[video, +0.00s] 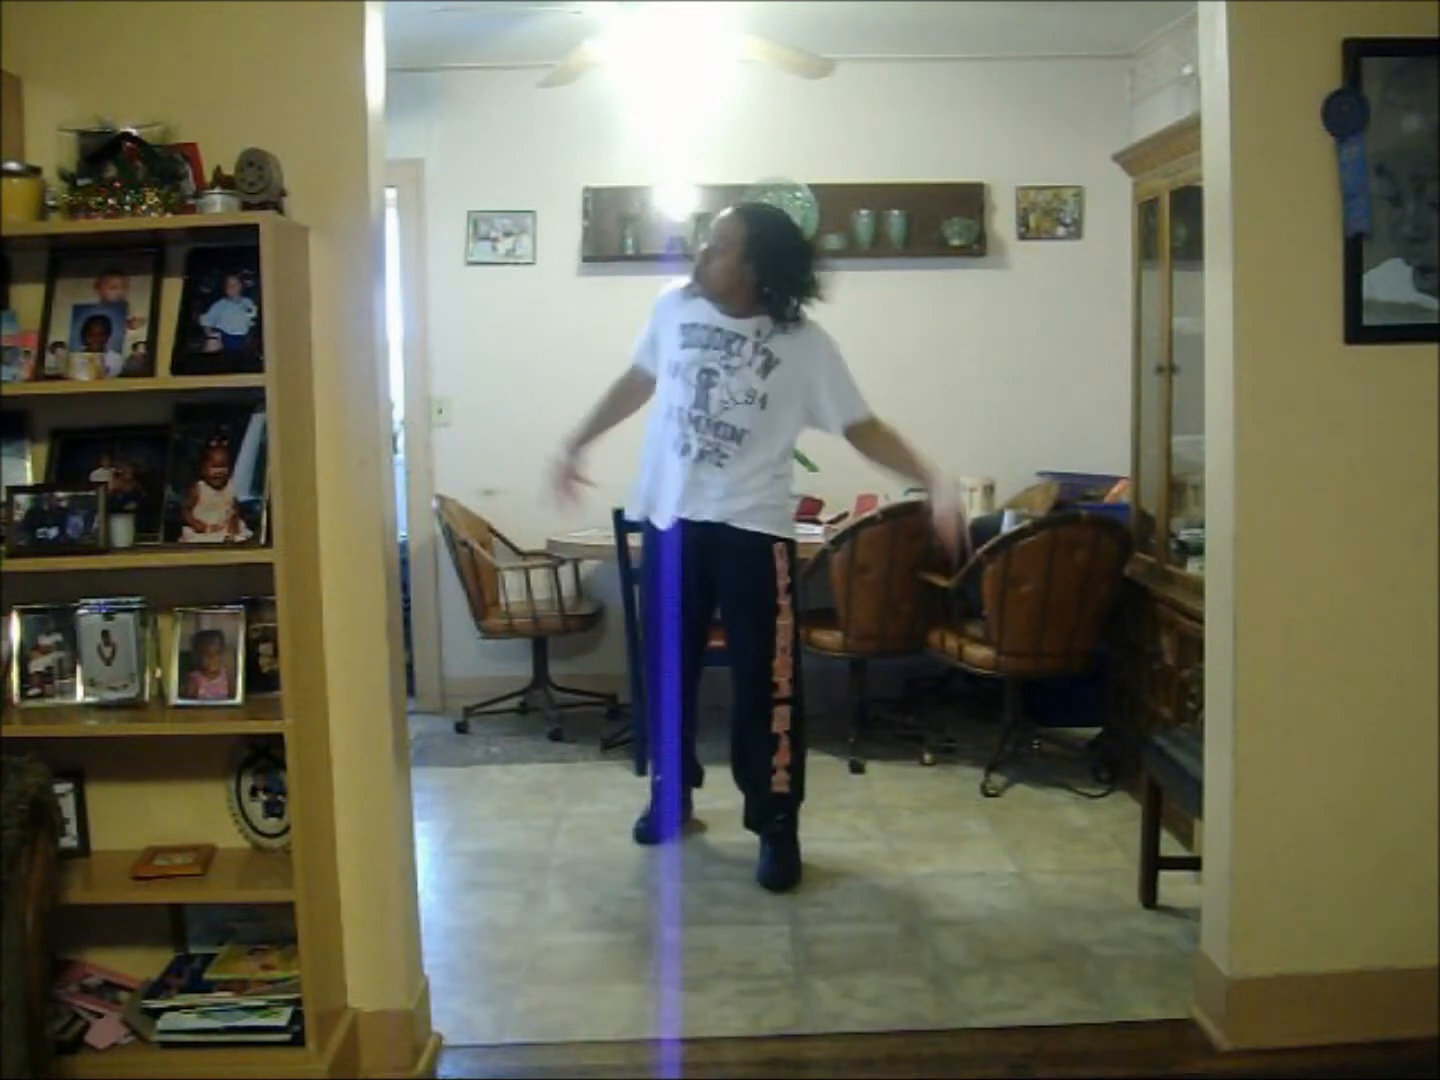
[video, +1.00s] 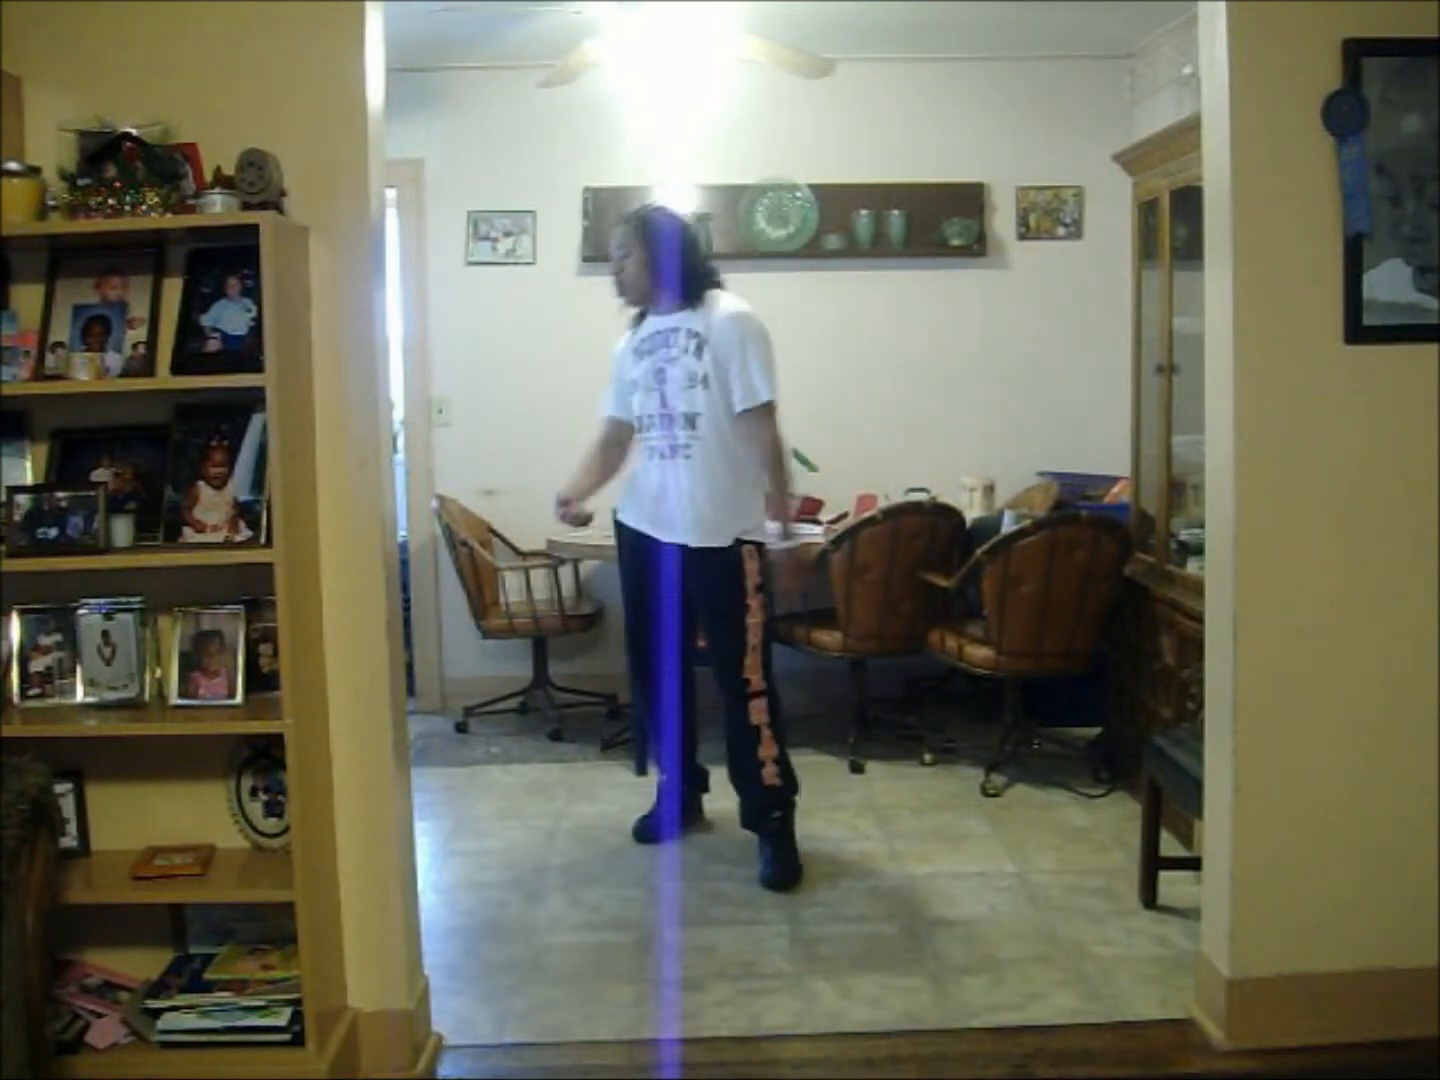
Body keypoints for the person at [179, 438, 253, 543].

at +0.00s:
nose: (219, 472)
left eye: (224, 467)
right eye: (214, 466)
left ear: (230, 469)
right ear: (203, 468)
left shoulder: (231, 488)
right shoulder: (199, 488)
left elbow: (236, 509)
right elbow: (186, 511)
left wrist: (234, 523)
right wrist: (199, 526)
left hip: (225, 533)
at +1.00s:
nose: (219, 472)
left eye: (224, 467)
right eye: (214, 466)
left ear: (231, 469)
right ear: (203, 468)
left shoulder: (231, 488)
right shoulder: (199, 489)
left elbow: (236, 509)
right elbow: (186, 511)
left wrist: (234, 524)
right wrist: (199, 526)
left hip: (225, 533)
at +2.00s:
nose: (219, 472)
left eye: (224, 467)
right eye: (214, 466)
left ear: (231, 469)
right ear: (203, 468)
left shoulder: (231, 488)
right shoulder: (199, 488)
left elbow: (236, 509)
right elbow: (186, 511)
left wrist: (234, 523)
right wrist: (199, 526)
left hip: (225, 534)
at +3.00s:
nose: (219, 472)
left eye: (224, 467)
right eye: (214, 466)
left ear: (231, 469)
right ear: (203, 468)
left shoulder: (231, 488)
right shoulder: (199, 488)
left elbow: (236, 509)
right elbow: (186, 511)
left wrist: (234, 523)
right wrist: (199, 526)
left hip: (225, 533)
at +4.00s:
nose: (219, 472)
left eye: (224, 467)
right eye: (213, 467)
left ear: (230, 469)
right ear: (203, 468)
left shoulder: (231, 488)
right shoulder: (199, 488)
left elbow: (236, 508)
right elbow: (186, 510)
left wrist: (234, 522)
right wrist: (199, 525)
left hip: (225, 532)